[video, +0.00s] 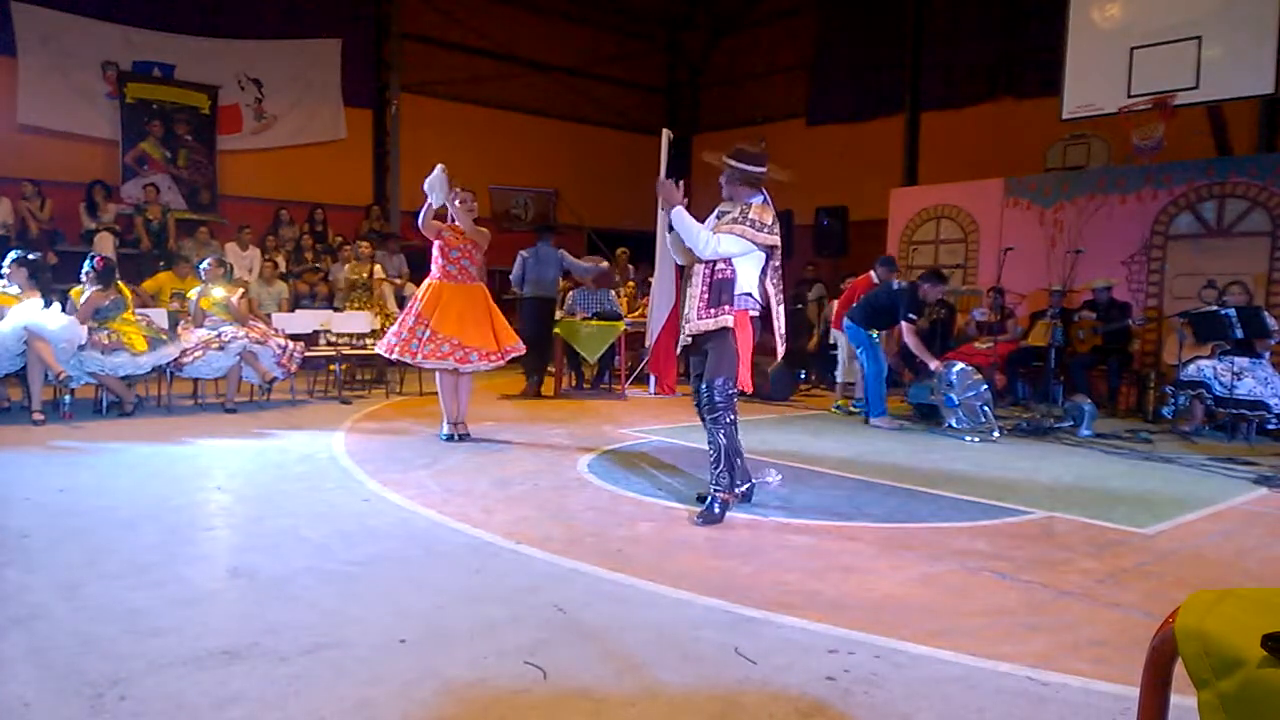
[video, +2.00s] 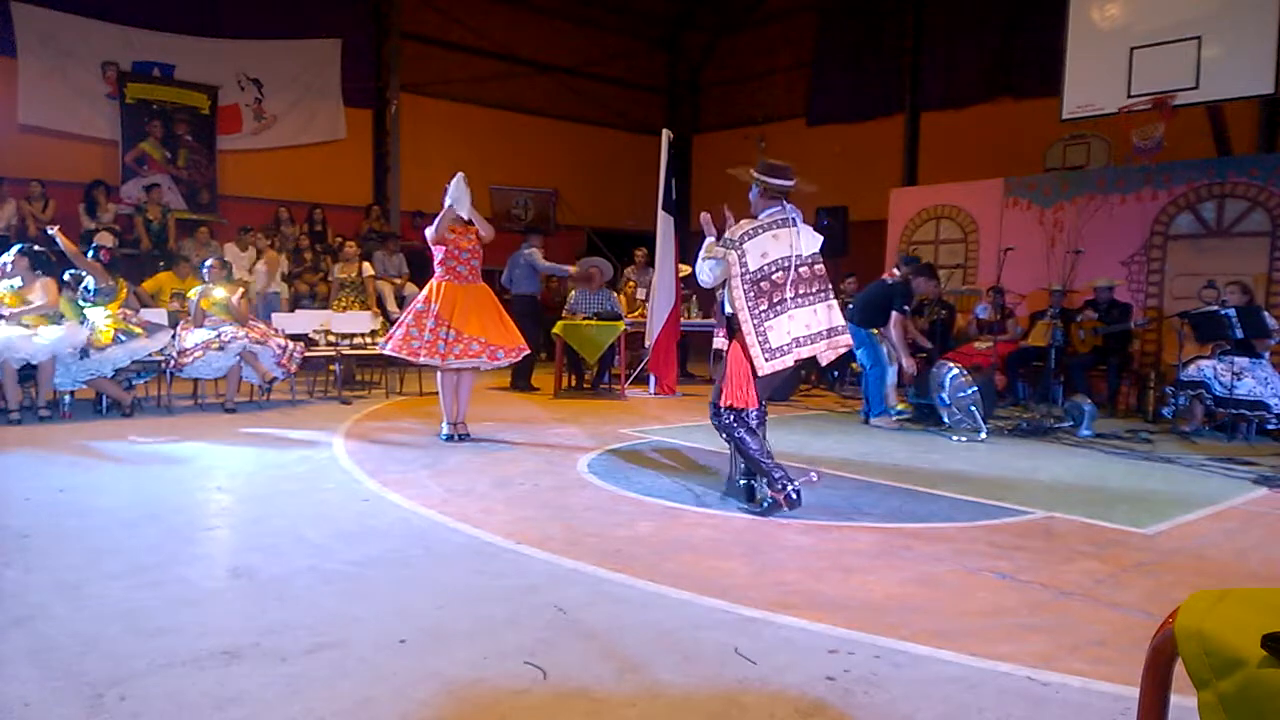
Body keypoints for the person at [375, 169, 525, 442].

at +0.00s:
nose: (470, 205)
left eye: (473, 201)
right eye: (464, 202)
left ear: (478, 207)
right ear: (453, 207)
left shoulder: (482, 235)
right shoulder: (441, 230)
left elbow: (470, 231)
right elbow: (424, 224)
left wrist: (454, 207)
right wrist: (431, 201)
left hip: (470, 298)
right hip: (442, 296)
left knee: (465, 365)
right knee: (445, 364)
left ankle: (461, 420)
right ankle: (448, 420)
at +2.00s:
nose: (457, 207)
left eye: (460, 204)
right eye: (452, 202)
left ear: (466, 207)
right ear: (445, 205)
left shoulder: (475, 232)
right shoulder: (436, 232)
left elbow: (489, 234)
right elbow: (436, 234)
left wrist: (469, 210)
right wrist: (450, 205)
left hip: (473, 297)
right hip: (446, 296)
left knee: (468, 363)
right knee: (447, 363)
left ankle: (461, 420)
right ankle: (447, 420)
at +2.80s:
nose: (450, 206)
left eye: (456, 202)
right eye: (446, 202)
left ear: (465, 206)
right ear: (440, 207)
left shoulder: (475, 232)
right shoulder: (437, 235)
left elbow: (504, 251)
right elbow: (455, 248)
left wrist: (494, 221)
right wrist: (481, 228)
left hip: (472, 299)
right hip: (446, 299)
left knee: (468, 365)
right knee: (447, 364)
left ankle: (461, 421)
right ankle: (447, 422)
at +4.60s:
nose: (462, 207)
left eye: (466, 202)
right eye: (457, 202)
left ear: (469, 203)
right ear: (450, 200)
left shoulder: (479, 233)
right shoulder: (438, 229)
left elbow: (487, 236)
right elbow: (442, 228)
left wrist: (472, 205)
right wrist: (451, 202)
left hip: (469, 297)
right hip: (443, 296)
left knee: (462, 365)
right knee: (442, 364)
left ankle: (458, 421)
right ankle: (446, 422)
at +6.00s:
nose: (467, 205)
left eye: (471, 201)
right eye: (463, 201)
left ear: (475, 208)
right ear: (454, 207)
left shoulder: (481, 237)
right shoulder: (442, 232)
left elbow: (485, 231)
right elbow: (438, 223)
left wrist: (466, 203)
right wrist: (445, 198)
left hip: (470, 296)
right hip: (444, 293)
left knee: (463, 364)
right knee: (444, 362)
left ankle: (458, 421)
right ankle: (446, 422)